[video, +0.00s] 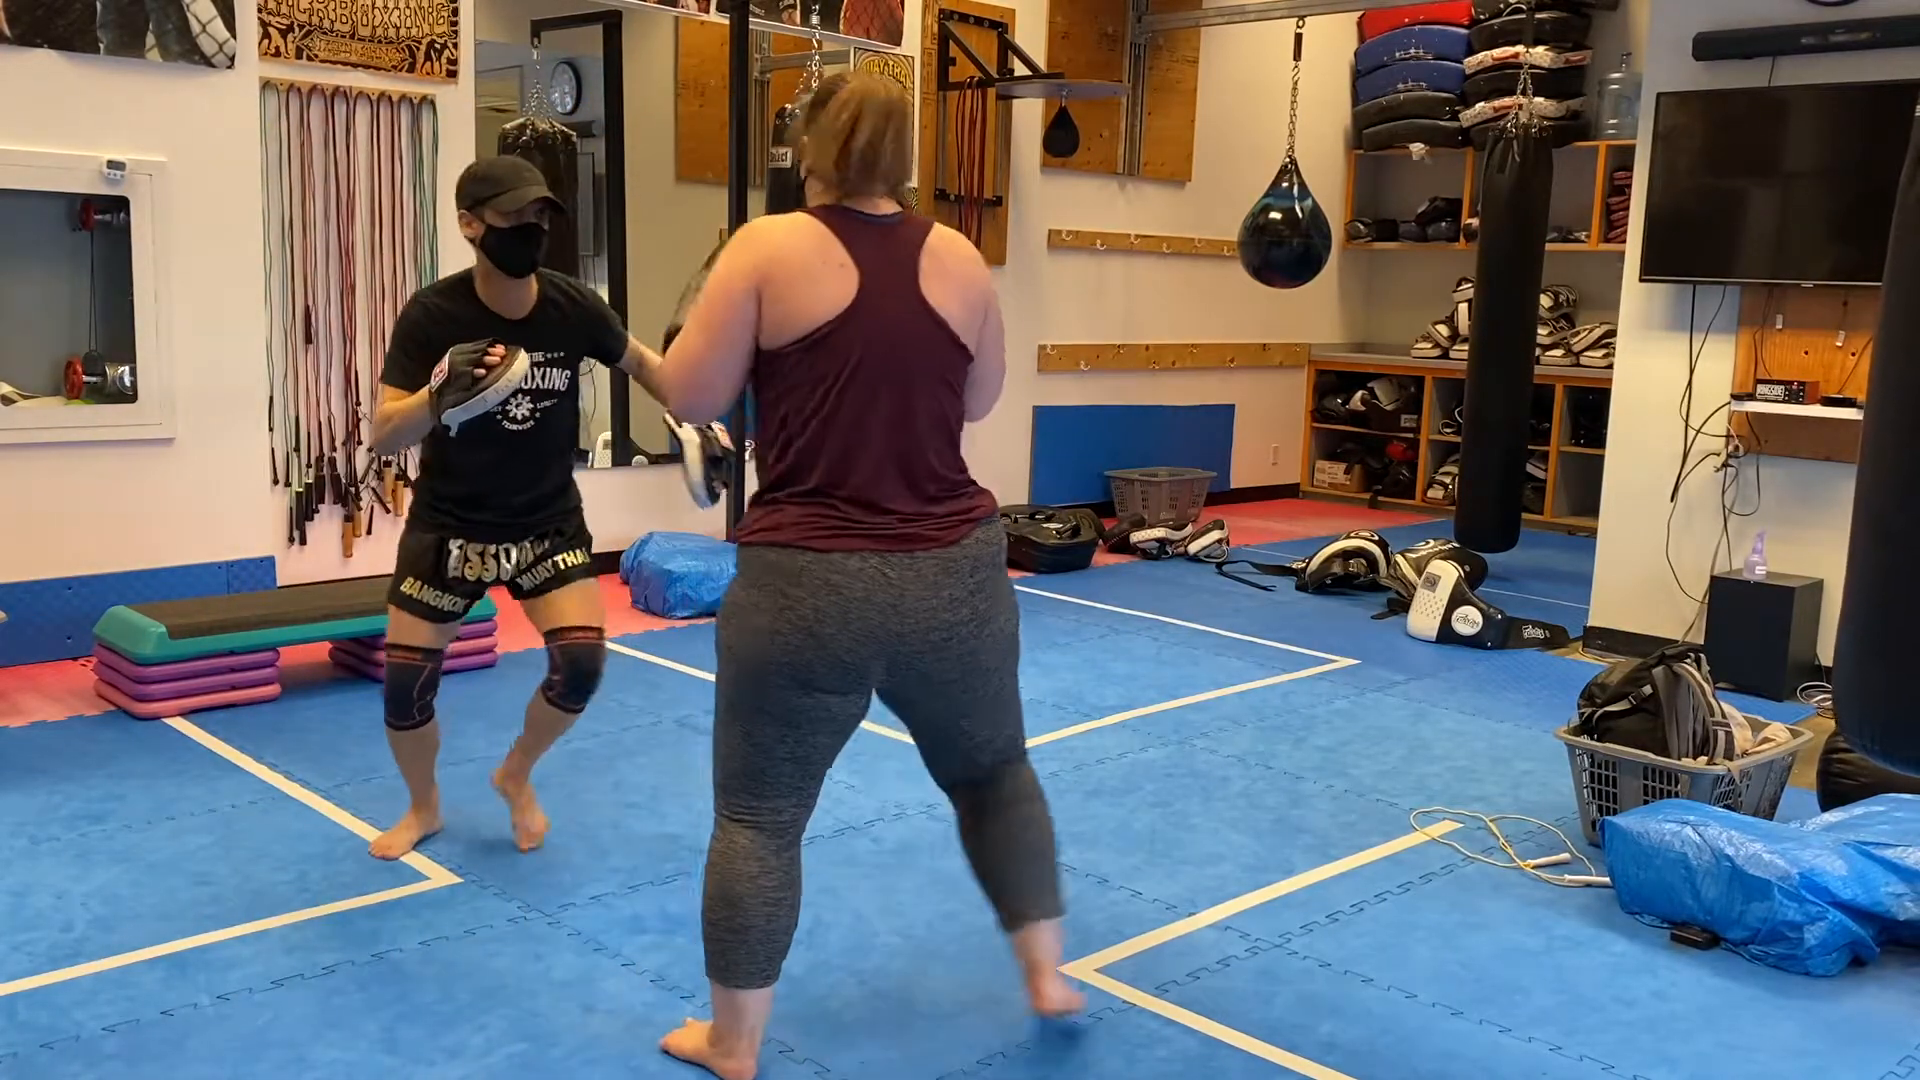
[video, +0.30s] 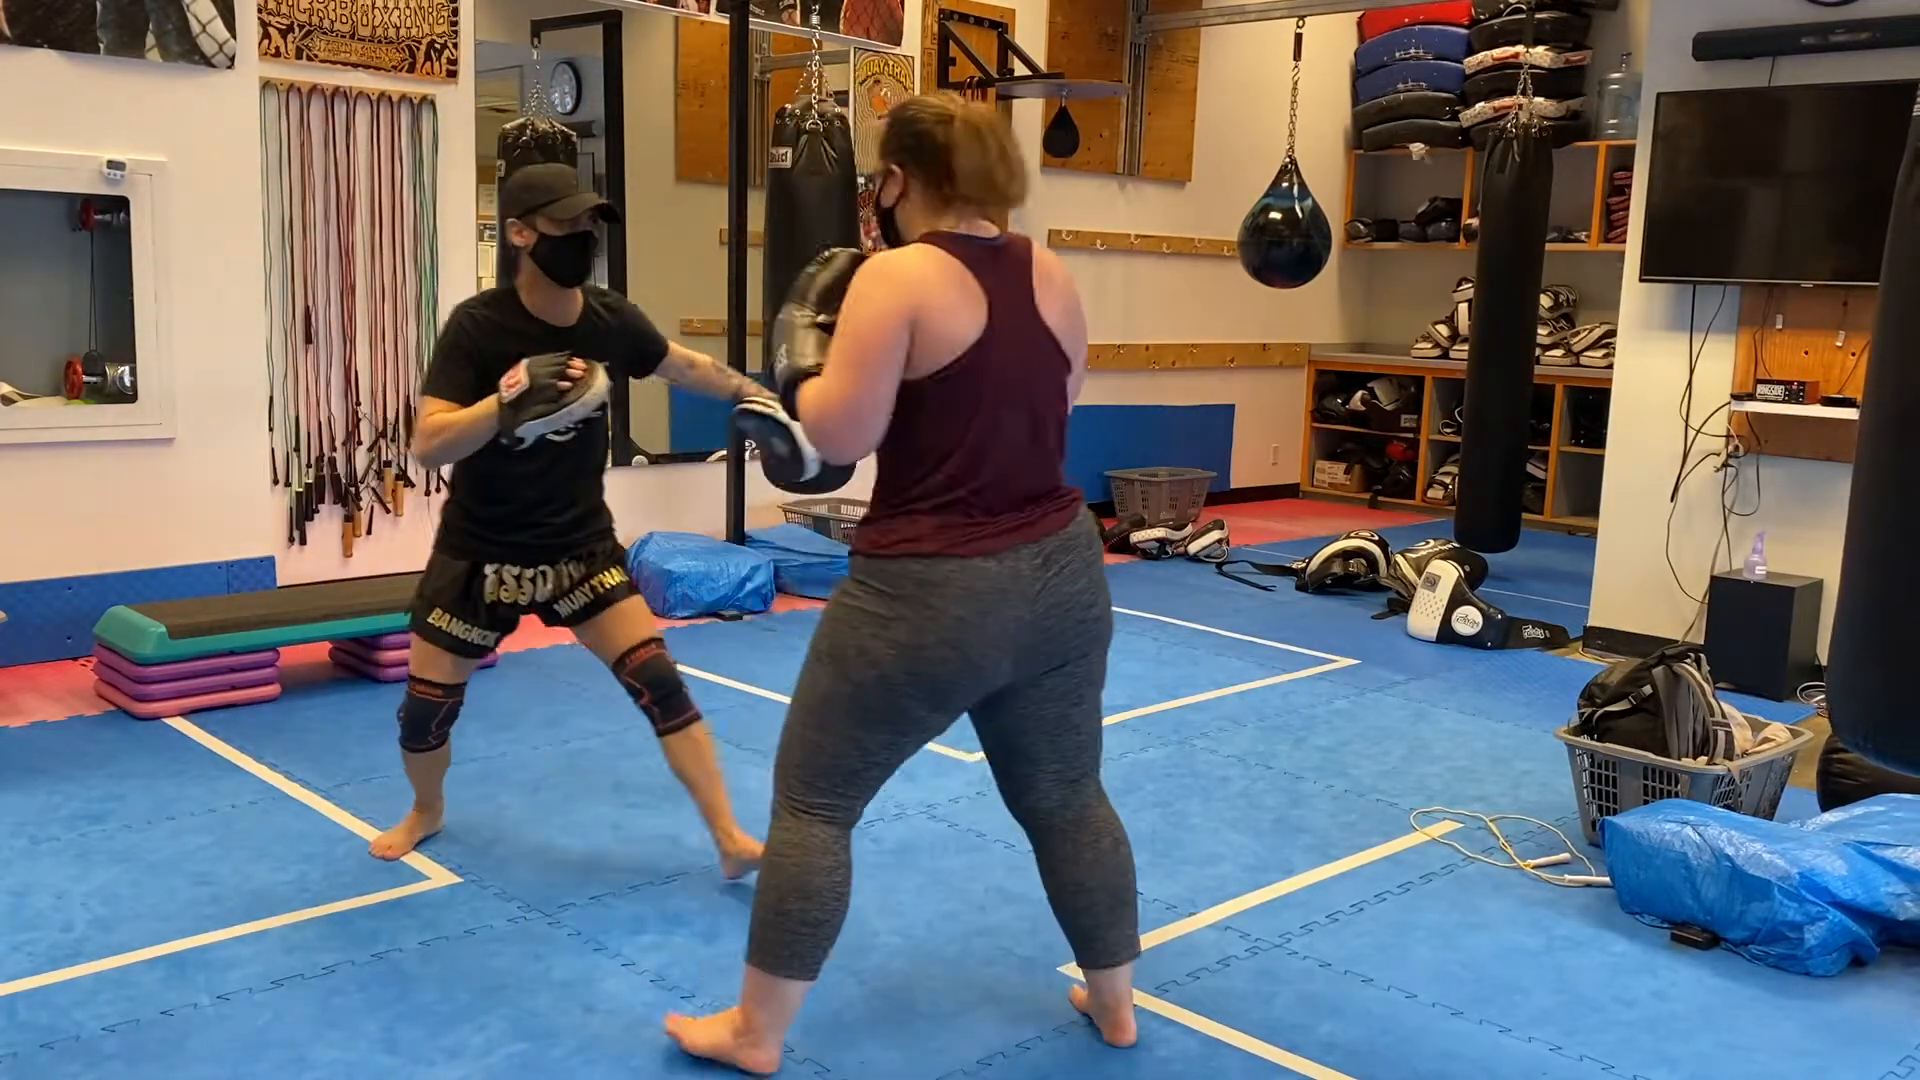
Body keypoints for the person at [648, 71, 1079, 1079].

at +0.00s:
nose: (800, 147)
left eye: (809, 133)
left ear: (815, 145)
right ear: (907, 150)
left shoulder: (763, 249)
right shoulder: (959, 259)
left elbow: (691, 393)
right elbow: (980, 396)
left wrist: (644, 346)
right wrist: (877, 353)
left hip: (803, 592)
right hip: (953, 590)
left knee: (759, 819)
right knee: (991, 768)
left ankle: (735, 1043)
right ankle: (1048, 980)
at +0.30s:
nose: (878, 193)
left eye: (881, 177)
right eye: (879, 178)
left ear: (908, 179)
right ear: (992, 175)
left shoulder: (894, 278)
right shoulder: (1052, 273)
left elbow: (837, 436)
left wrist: (804, 337)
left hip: (925, 594)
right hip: (1061, 575)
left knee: (815, 806)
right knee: (1067, 795)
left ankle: (758, 1030)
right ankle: (1115, 1002)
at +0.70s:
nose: (802, 356)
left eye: (803, 339)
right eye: (800, 339)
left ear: (827, 338)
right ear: (888, 317)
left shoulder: (865, 410)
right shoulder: (973, 359)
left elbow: (847, 572)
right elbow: (1023, 349)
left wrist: (785, 507)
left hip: (1003, 672)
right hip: (1121, 651)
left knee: (819, 814)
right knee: (1093, 755)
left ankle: (823, 1055)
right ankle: (1171, 906)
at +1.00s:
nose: (906, 349)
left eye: (910, 333)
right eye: (904, 334)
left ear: (944, 331)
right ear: (1000, 318)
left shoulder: (955, 396)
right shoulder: (1093, 361)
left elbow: (940, 545)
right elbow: (1152, 475)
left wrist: (885, 496)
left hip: (1046, 653)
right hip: (1171, 644)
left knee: (906, 824)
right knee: (1130, 746)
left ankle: (833, 1045)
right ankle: (1188, 912)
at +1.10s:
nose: (935, 283)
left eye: (940, 267)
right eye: (936, 267)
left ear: (976, 262)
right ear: (1032, 252)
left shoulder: (973, 334)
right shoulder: (1120, 314)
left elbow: (938, 476)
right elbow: (1178, 412)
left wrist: (894, 411)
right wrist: (1082, 406)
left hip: (1048, 611)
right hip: (1160, 600)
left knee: (945, 808)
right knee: (1123, 739)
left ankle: (871, 1031)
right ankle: (1187, 909)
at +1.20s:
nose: (945, 245)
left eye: (948, 226)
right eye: (941, 229)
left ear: (995, 217)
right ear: (1044, 211)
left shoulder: (1005, 297)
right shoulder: (1115, 281)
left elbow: (952, 433)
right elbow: (1153, 368)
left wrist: (896, 349)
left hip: (1052, 587)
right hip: (1143, 572)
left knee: (940, 783)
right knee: (1111, 736)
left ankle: (903, 1014)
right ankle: (1185, 901)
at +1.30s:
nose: (957, 234)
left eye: (963, 215)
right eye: (952, 220)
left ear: (1008, 202)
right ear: (1029, 204)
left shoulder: (1050, 292)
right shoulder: (1074, 279)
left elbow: (1006, 421)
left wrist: (923, 334)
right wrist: (950, 303)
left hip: (1037, 585)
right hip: (1107, 573)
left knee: (930, 780)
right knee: (1102, 742)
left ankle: (899, 1012)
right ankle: (1185, 899)